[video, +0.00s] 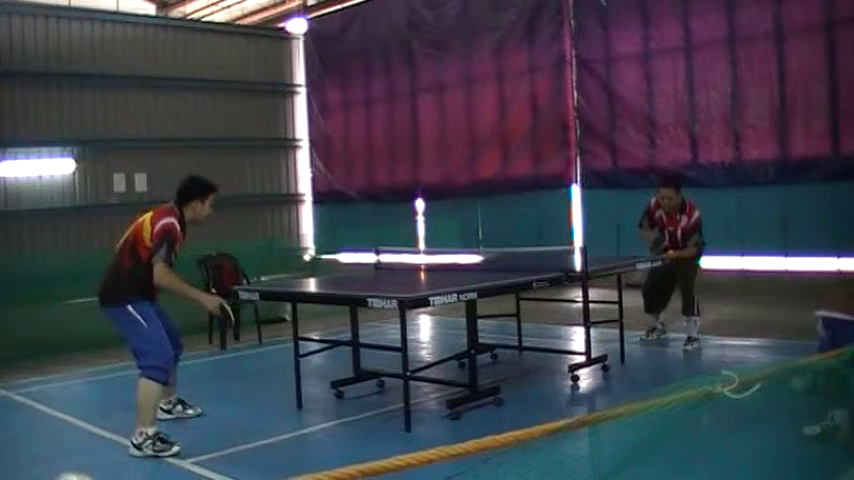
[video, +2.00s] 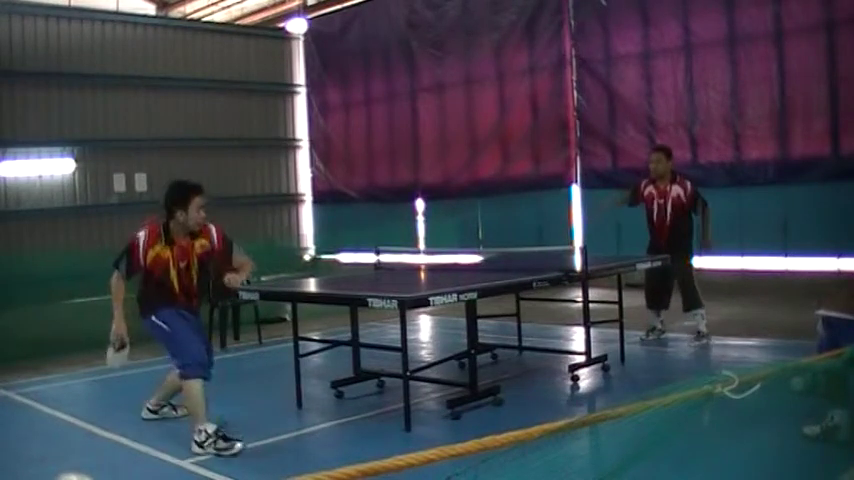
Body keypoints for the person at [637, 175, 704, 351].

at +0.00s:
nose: (665, 203)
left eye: (669, 198)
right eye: (662, 198)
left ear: (679, 196)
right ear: (658, 196)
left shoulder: (691, 214)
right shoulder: (654, 207)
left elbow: (696, 249)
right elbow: (643, 229)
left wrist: (675, 254)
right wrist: (653, 240)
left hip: (686, 258)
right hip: (665, 257)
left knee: (686, 288)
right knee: (650, 289)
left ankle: (692, 333)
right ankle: (656, 325)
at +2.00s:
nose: (654, 166)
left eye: (658, 162)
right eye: (651, 162)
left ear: (669, 163)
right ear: (649, 164)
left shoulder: (683, 186)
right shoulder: (645, 187)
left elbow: (703, 208)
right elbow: (632, 201)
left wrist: (705, 238)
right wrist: (626, 198)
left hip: (680, 246)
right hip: (656, 245)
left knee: (686, 282)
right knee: (653, 283)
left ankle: (700, 325)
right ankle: (657, 325)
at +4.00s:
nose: (683, 162)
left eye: (687, 158)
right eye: (681, 158)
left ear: (695, 161)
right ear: (678, 162)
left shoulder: (708, 187)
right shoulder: (674, 190)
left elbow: (715, 211)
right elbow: (669, 217)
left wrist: (700, 215)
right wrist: (663, 247)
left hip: (700, 236)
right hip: (681, 236)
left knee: (691, 273)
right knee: (692, 273)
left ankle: (684, 315)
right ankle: (705, 310)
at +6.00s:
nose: (705, 157)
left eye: (709, 153)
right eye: (703, 153)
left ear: (717, 156)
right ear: (701, 158)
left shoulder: (732, 181)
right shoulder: (697, 187)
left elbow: (742, 204)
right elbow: (695, 219)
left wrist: (726, 209)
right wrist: (695, 248)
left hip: (729, 242)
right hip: (706, 244)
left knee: (738, 279)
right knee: (707, 283)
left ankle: (752, 311)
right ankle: (711, 321)